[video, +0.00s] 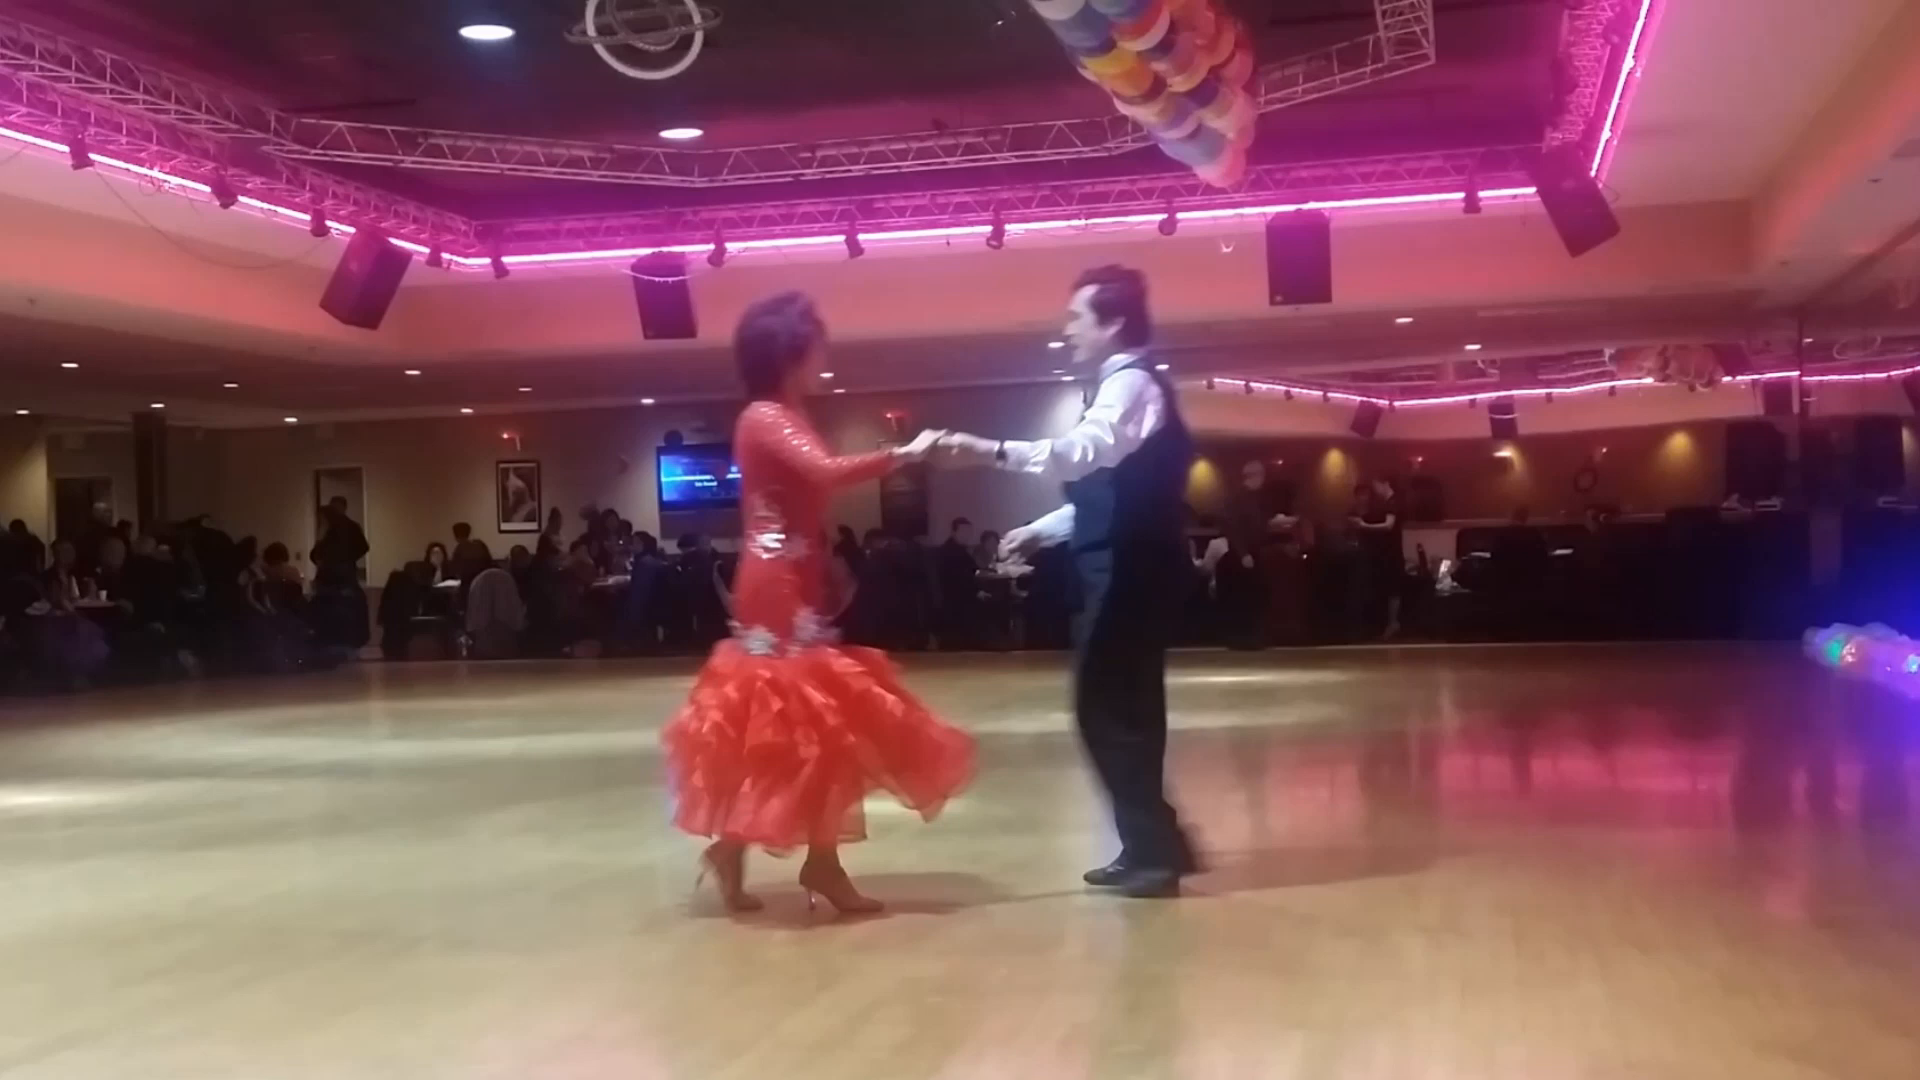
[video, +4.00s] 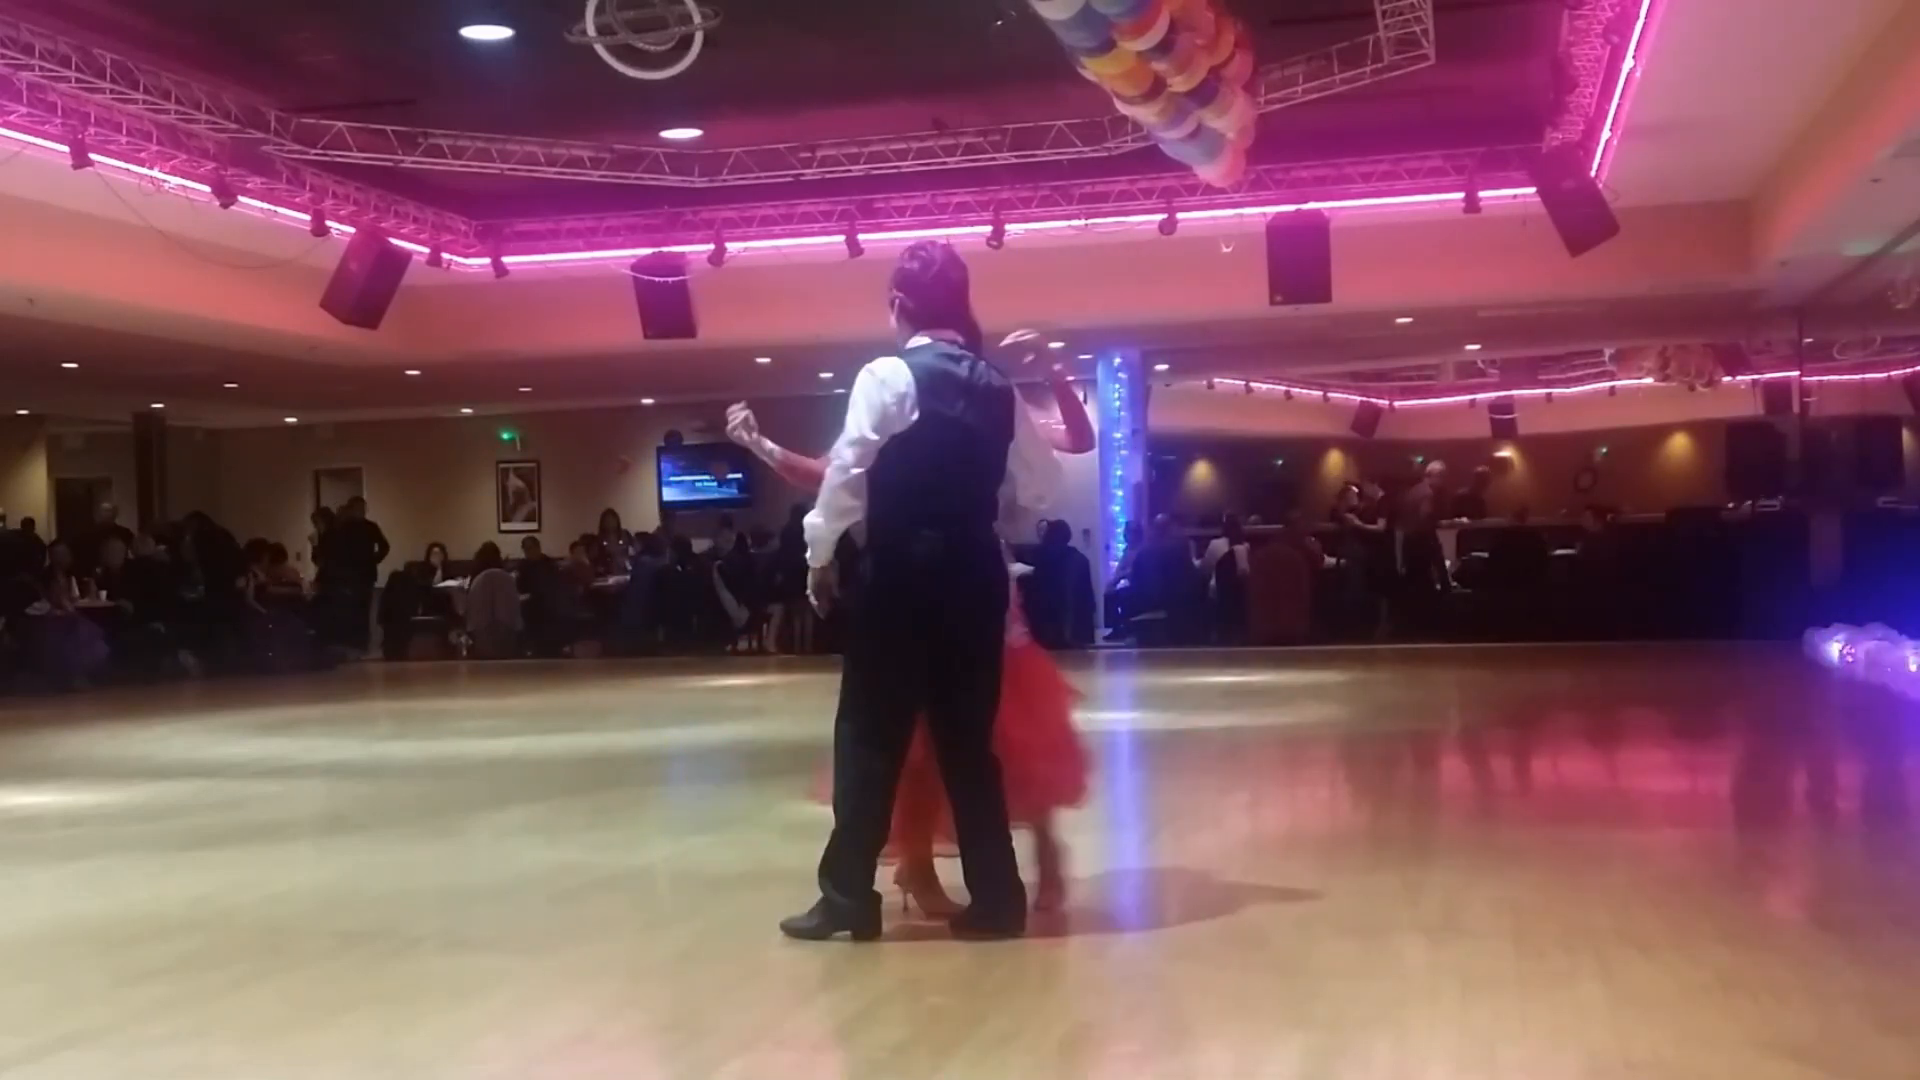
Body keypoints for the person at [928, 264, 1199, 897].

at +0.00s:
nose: (1066, 333)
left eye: (1077, 321)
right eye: (1068, 320)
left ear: (1115, 325)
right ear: (1116, 326)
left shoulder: (1131, 382)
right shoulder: (1127, 385)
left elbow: (1085, 452)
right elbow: (1108, 494)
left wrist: (984, 450)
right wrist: (1034, 535)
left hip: (1131, 569)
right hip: (1130, 565)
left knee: (1101, 704)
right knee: (1127, 701)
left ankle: (1153, 854)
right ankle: (1153, 840)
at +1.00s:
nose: (974, 322)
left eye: (978, 310)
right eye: (977, 309)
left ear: (999, 313)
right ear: (1043, 310)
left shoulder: (1022, 374)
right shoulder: (1072, 373)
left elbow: (1013, 467)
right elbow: (1031, 475)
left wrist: (905, 469)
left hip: (1018, 581)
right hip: (1069, 576)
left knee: (974, 739)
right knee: (1064, 728)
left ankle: (988, 903)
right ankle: (1123, 884)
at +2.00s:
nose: (917, 310)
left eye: (915, 299)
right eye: (982, 299)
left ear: (914, 308)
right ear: (982, 304)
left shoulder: (889, 388)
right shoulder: (1031, 382)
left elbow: (847, 490)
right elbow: (1094, 466)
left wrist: (853, 569)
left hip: (922, 578)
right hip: (1007, 577)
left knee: (899, 737)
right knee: (1025, 732)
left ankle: (888, 917)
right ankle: (1064, 903)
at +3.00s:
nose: (966, 312)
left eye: (964, 300)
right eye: (964, 300)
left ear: (895, 298)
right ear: (954, 301)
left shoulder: (858, 376)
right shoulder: (951, 370)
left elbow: (801, 469)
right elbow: (1048, 374)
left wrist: (829, 520)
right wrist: (1157, 357)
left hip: (870, 559)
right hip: (924, 562)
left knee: (903, 726)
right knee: (890, 726)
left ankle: (887, 894)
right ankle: (790, 877)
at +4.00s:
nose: (887, 311)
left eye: (890, 302)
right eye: (891, 301)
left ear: (902, 306)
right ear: (963, 309)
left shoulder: (886, 375)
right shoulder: (998, 385)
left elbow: (848, 473)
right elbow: (1032, 486)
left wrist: (819, 554)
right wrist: (1002, 538)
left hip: (897, 569)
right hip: (976, 567)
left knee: (869, 733)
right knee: (969, 738)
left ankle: (847, 897)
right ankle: (999, 900)